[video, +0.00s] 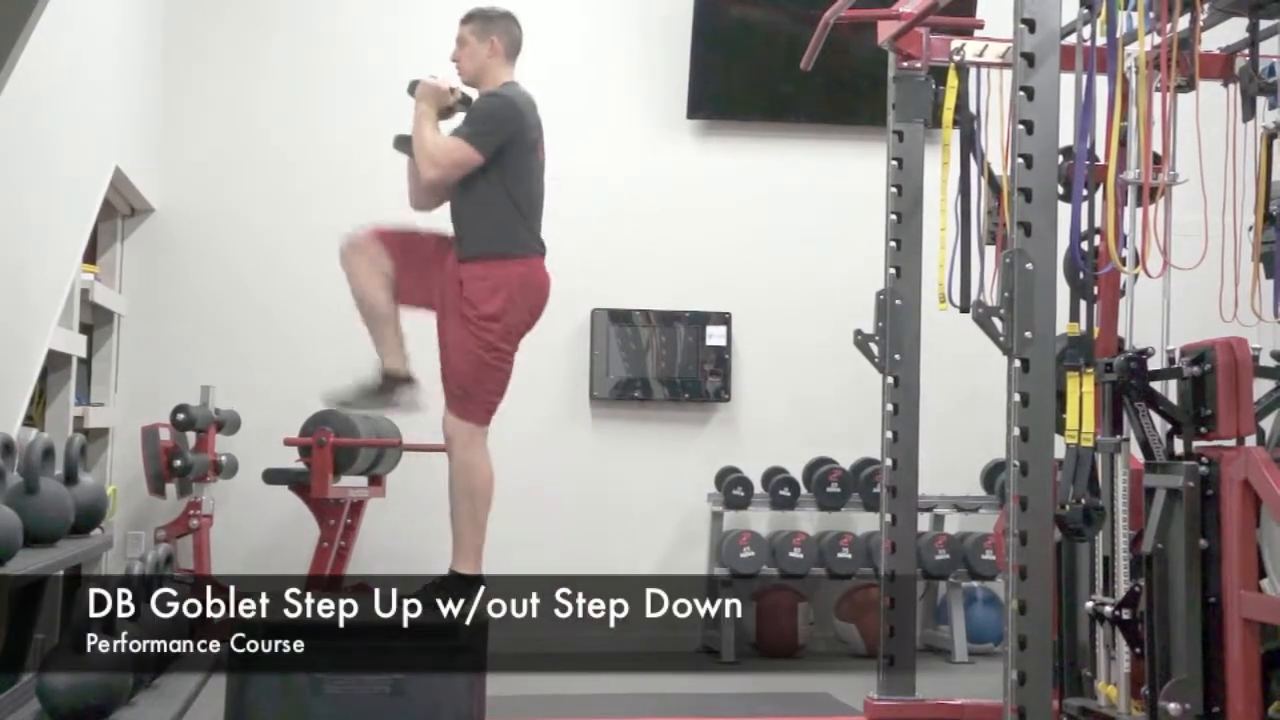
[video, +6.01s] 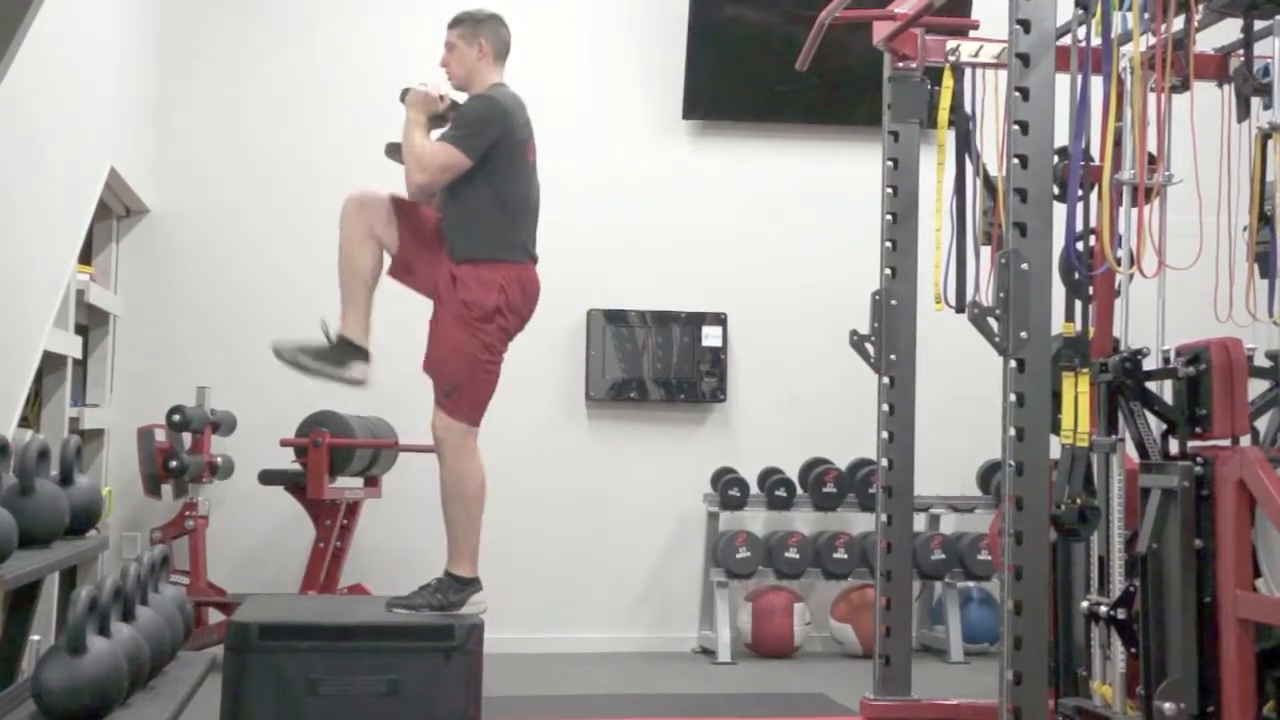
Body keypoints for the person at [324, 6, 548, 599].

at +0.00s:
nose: (453, 54)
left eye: (462, 43)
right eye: (455, 44)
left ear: (495, 46)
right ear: (495, 47)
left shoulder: (507, 105)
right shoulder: (488, 111)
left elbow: (434, 169)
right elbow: (422, 197)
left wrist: (425, 106)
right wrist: (427, 125)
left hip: (499, 280)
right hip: (466, 266)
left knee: (464, 432)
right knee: (363, 250)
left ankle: (465, 582)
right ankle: (395, 375)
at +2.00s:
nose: (540, 204)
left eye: (550, 195)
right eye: (542, 194)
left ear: (581, 201)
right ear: (574, 203)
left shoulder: (595, 261)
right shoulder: (569, 267)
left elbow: (525, 323)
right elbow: (502, 342)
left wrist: (510, 262)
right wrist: (506, 275)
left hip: (580, 416)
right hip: (585, 420)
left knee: (440, 434)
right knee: (581, 562)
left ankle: (462, 578)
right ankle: (615, 707)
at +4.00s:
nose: (534, 218)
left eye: (542, 208)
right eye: (535, 208)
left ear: (574, 213)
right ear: (569, 214)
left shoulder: (590, 271)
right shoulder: (564, 277)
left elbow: (526, 337)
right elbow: (500, 353)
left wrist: (513, 276)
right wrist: (506, 285)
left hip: (589, 420)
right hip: (597, 432)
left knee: (452, 429)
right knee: (553, 571)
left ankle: (462, 577)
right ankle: (612, 705)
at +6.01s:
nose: (442, 62)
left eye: (450, 49)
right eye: (444, 50)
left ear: (480, 49)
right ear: (482, 52)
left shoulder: (493, 108)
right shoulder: (481, 109)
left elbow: (421, 177)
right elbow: (444, 187)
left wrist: (419, 115)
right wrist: (424, 141)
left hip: (491, 280)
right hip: (457, 261)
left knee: (453, 432)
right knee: (362, 210)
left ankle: (461, 579)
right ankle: (351, 347)